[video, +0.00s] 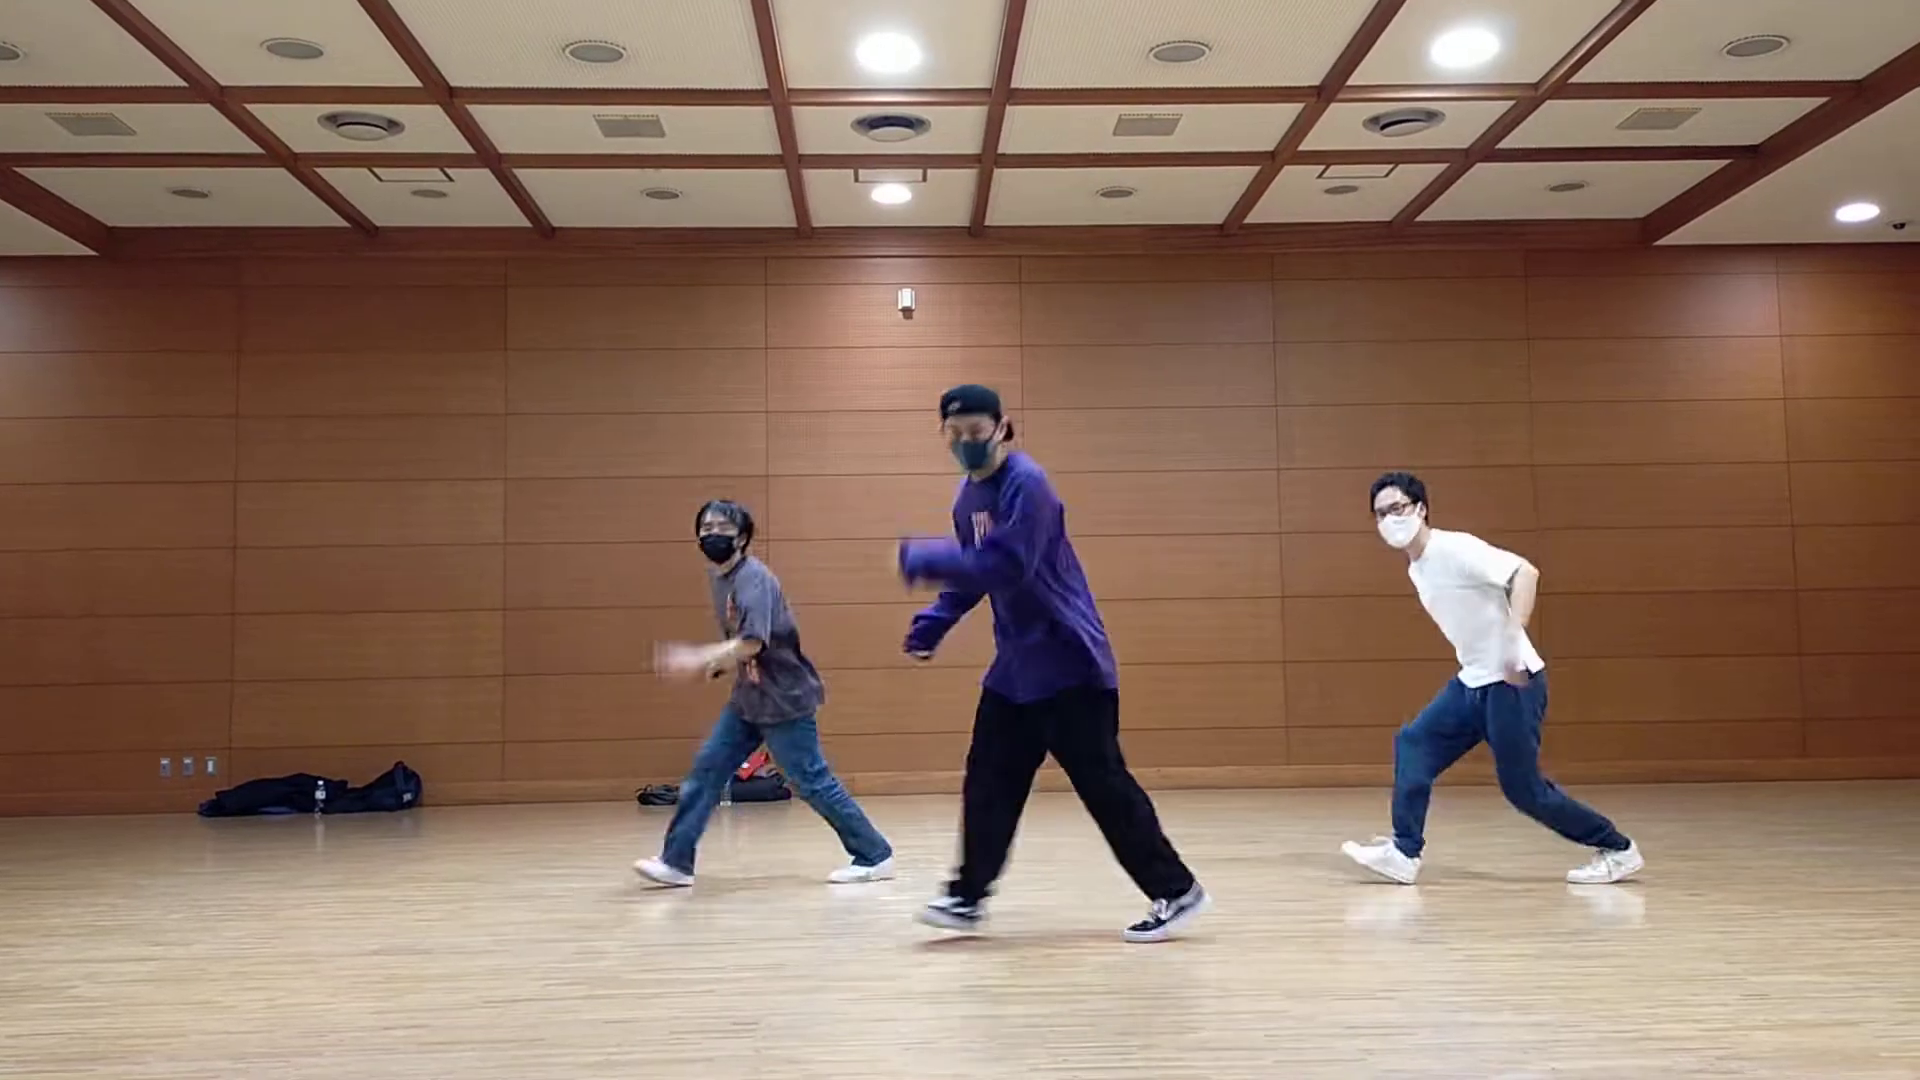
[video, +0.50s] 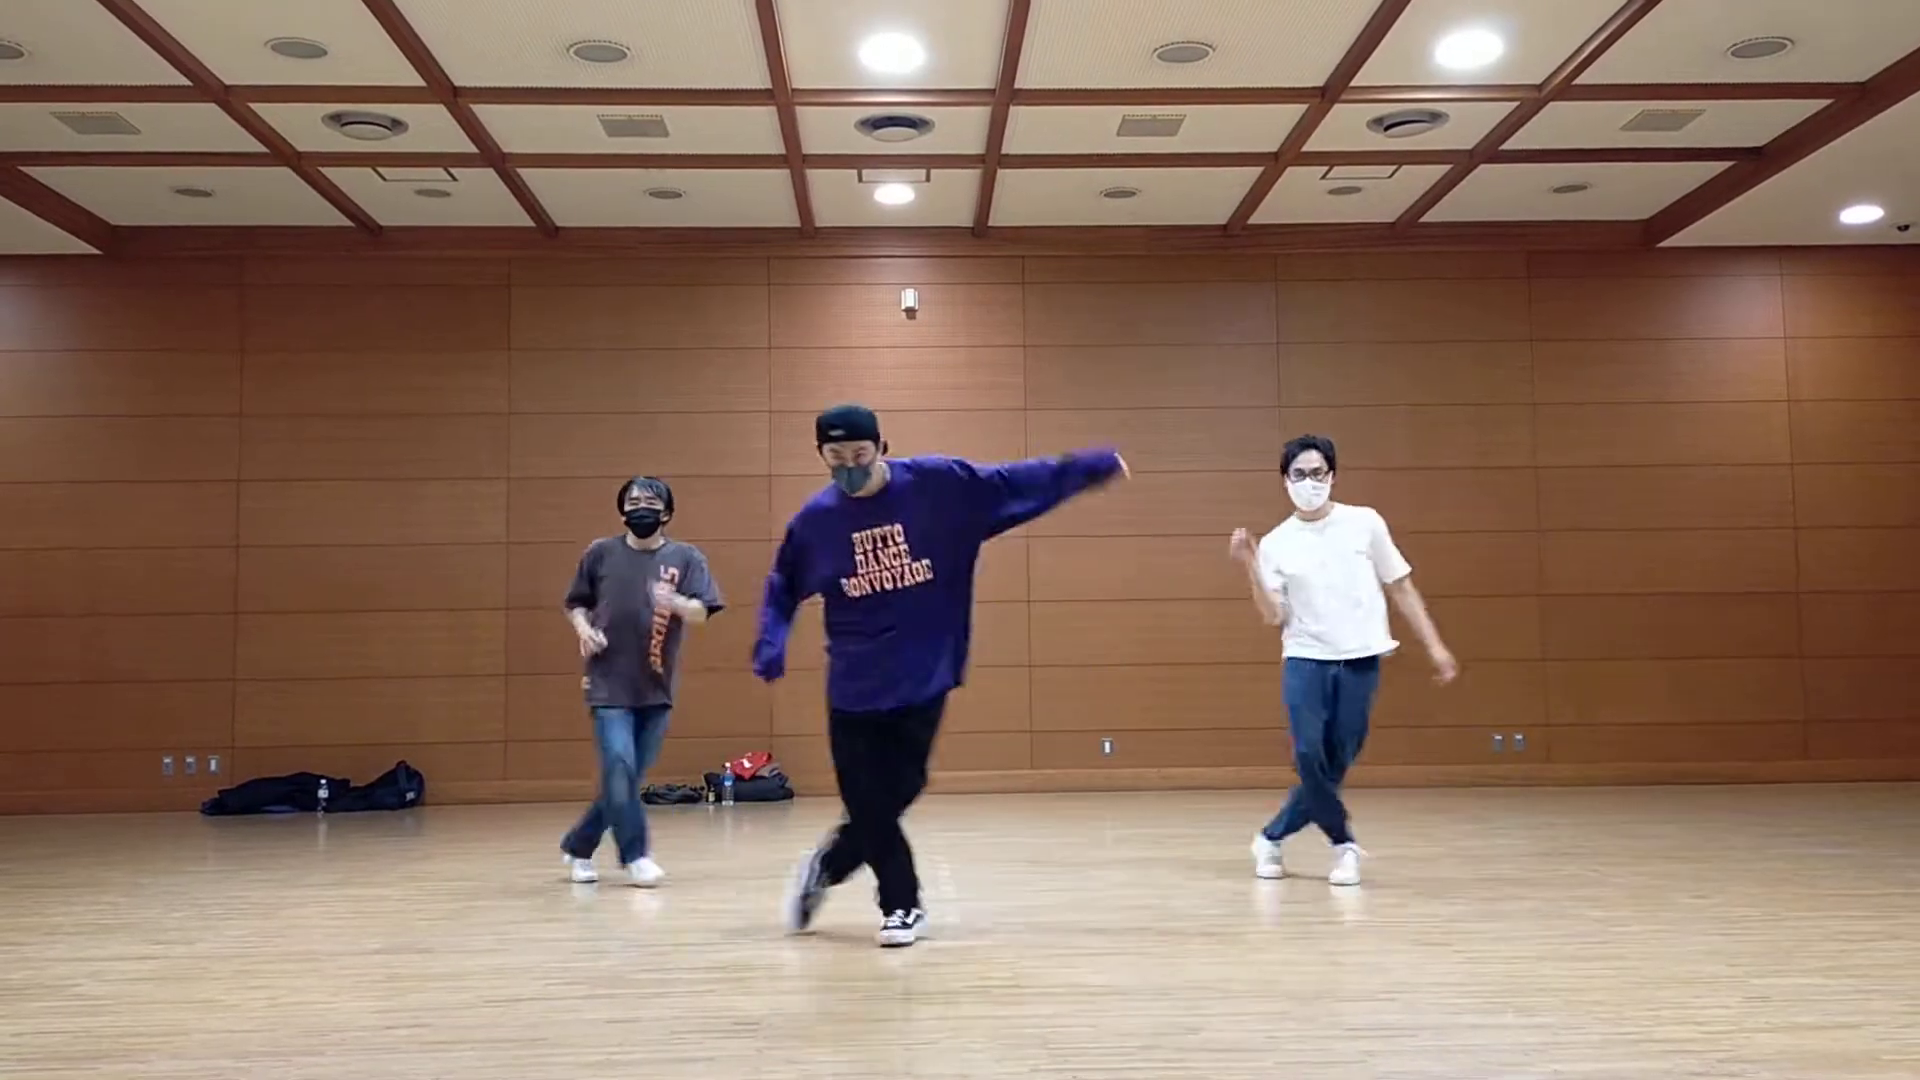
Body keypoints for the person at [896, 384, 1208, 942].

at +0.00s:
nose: (967, 444)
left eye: (977, 432)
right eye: (956, 435)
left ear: (1001, 429)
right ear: (946, 438)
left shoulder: (1029, 485)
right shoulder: (968, 500)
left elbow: (1008, 562)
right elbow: (974, 574)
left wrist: (925, 559)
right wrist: (935, 623)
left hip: (1070, 658)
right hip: (1017, 662)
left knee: (1102, 781)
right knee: (990, 777)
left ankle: (1177, 889)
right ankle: (968, 895)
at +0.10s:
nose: (944, 495)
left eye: (954, 483)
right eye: (934, 486)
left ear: (981, 480)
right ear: (926, 490)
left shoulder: (1011, 540)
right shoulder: (967, 541)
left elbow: (999, 635)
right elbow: (949, 612)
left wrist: (928, 678)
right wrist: (900, 654)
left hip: (1063, 692)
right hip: (1023, 695)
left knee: (1117, 804)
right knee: (961, 785)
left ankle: (1197, 906)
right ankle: (921, 909)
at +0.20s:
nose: (904, 494)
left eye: (915, 483)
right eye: (895, 485)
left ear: (943, 481)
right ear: (889, 488)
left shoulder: (983, 537)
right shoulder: (916, 534)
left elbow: (1012, 634)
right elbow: (913, 613)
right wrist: (894, 681)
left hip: (1033, 682)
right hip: (980, 684)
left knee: (1087, 790)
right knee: (936, 781)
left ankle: (1180, 890)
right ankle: (922, 910)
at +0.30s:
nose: (878, 481)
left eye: (889, 469)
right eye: (867, 472)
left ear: (914, 465)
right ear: (857, 474)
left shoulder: (963, 519)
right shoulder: (870, 529)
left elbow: (1028, 578)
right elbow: (869, 606)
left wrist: (1097, 631)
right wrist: (867, 671)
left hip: (995, 674)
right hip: (933, 675)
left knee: (1014, 778)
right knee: (914, 783)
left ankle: (1096, 858)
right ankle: (921, 910)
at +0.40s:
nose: (858, 469)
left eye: (868, 457)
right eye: (847, 460)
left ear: (893, 452)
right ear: (837, 461)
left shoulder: (954, 498)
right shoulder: (841, 522)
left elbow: (1033, 521)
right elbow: (825, 593)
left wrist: (1113, 536)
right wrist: (816, 658)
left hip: (958, 670)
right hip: (888, 674)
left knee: (949, 783)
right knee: (890, 793)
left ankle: (959, 860)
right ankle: (917, 907)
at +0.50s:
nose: (843, 464)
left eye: (853, 452)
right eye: (833, 455)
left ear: (878, 448)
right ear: (822, 457)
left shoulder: (934, 484)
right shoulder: (816, 523)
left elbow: (1013, 483)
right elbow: (783, 587)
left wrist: (1087, 469)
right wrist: (770, 644)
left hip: (924, 669)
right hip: (854, 676)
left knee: (902, 786)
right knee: (865, 794)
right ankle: (901, 905)